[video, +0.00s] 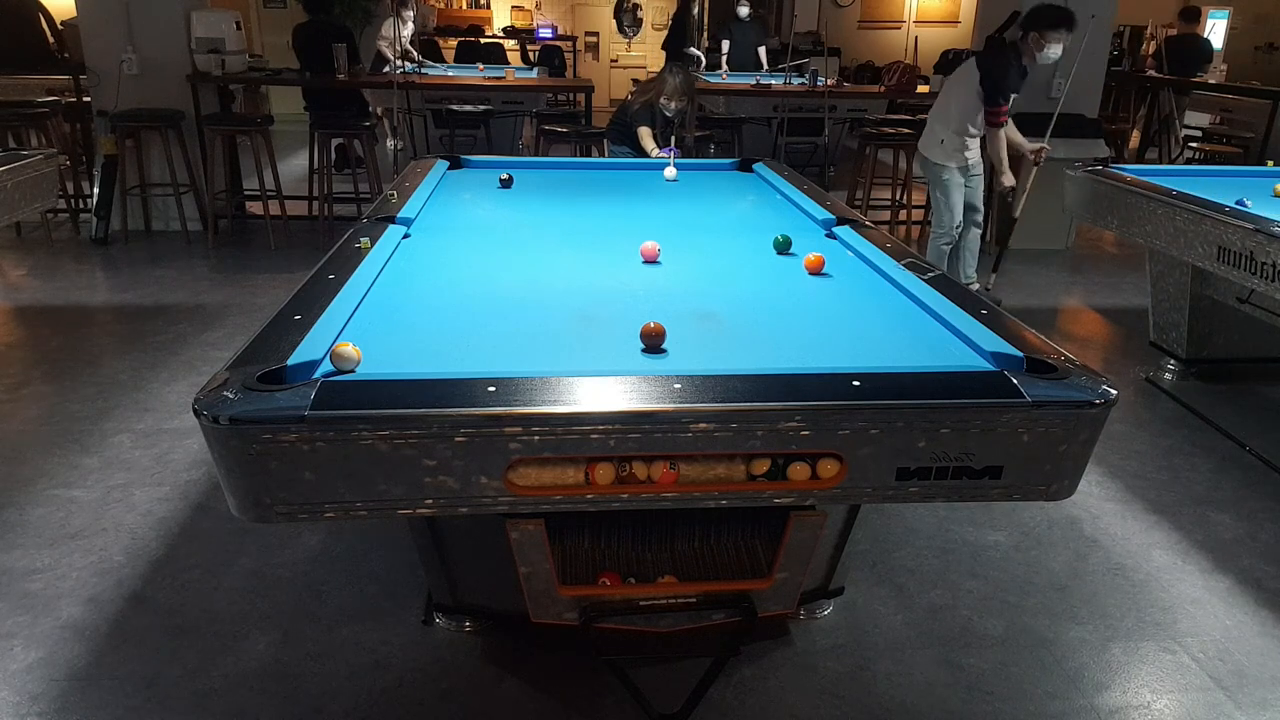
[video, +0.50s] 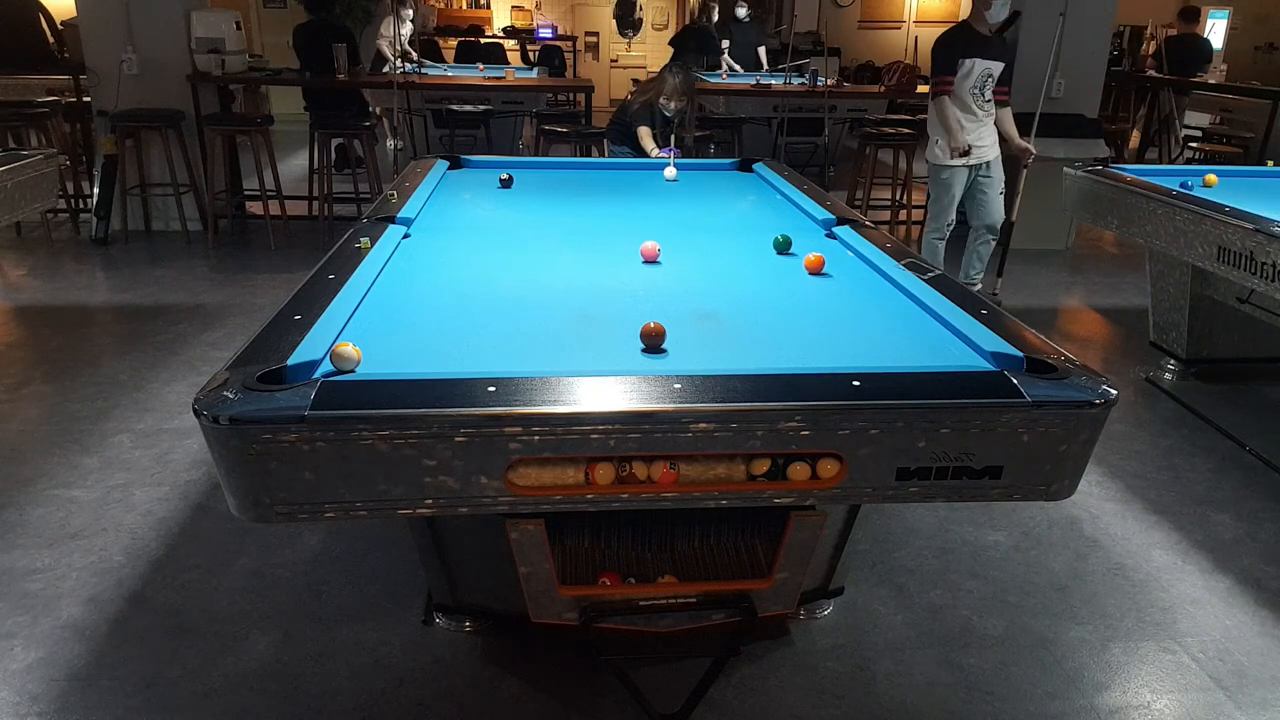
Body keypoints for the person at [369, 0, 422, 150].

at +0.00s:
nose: (410, 14)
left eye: (411, 11)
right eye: (406, 11)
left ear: (413, 11)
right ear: (398, 11)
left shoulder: (410, 26)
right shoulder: (390, 23)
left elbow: (404, 43)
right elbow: (380, 43)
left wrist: (414, 53)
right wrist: (394, 60)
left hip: (397, 64)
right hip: (382, 65)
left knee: (394, 104)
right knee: (384, 106)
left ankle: (395, 135)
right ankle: (390, 138)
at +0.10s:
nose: (410, 13)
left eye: (411, 10)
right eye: (407, 10)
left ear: (413, 11)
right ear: (399, 11)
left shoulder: (410, 26)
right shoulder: (390, 22)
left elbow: (403, 42)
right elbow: (380, 43)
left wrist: (413, 51)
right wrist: (393, 60)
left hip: (397, 64)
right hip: (382, 66)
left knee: (396, 103)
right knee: (385, 106)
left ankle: (395, 136)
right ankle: (390, 138)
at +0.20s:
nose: (409, 13)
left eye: (411, 10)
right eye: (406, 10)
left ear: (413, 11)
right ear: (398, 10)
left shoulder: (410, 26)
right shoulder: (390, 21)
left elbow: (403, 42)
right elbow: (380, 43)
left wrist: (412, 51)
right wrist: (393, 60)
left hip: (397, 64)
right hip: (382, 65)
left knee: (396, 103)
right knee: (385, 106)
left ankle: (395, 136)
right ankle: (390, 138)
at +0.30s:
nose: (409, 13)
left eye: (411, 9)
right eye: (406, 10)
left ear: (413, 11)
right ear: (398, 10)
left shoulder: (409, 26)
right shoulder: (390, 21)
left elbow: (403, 43)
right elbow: (380, 42)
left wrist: (412, 51)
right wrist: (393, 60)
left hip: (397, 64)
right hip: (382, 64)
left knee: (396, 103)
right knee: (385, 105)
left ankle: (395, 136)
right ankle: (390, 138)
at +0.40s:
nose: (409, 13)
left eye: (411, 9)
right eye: (405, 9)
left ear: (413, 10)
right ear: (398, 10)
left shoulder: (409, 26)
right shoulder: (390, 21)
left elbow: (403, 43)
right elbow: (380, 42)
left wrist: (412, 52)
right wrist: (393, 60)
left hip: (397, 64)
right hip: (382, 64)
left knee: (396, 103)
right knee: (384, 105)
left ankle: (395, 136)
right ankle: (390, 138)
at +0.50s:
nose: (409, 12)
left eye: (411, 9)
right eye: (405, 9)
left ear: (413, 10)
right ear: (398, 10)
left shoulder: (409, 26)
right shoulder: (390, 21)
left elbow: (403, 43)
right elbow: (380, 42)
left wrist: (412, 52)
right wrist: (393, 60)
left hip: (396, 64)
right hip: (382, 65)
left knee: (395, 103)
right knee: (384, 105)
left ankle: (395, 135)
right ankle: (390, 138)